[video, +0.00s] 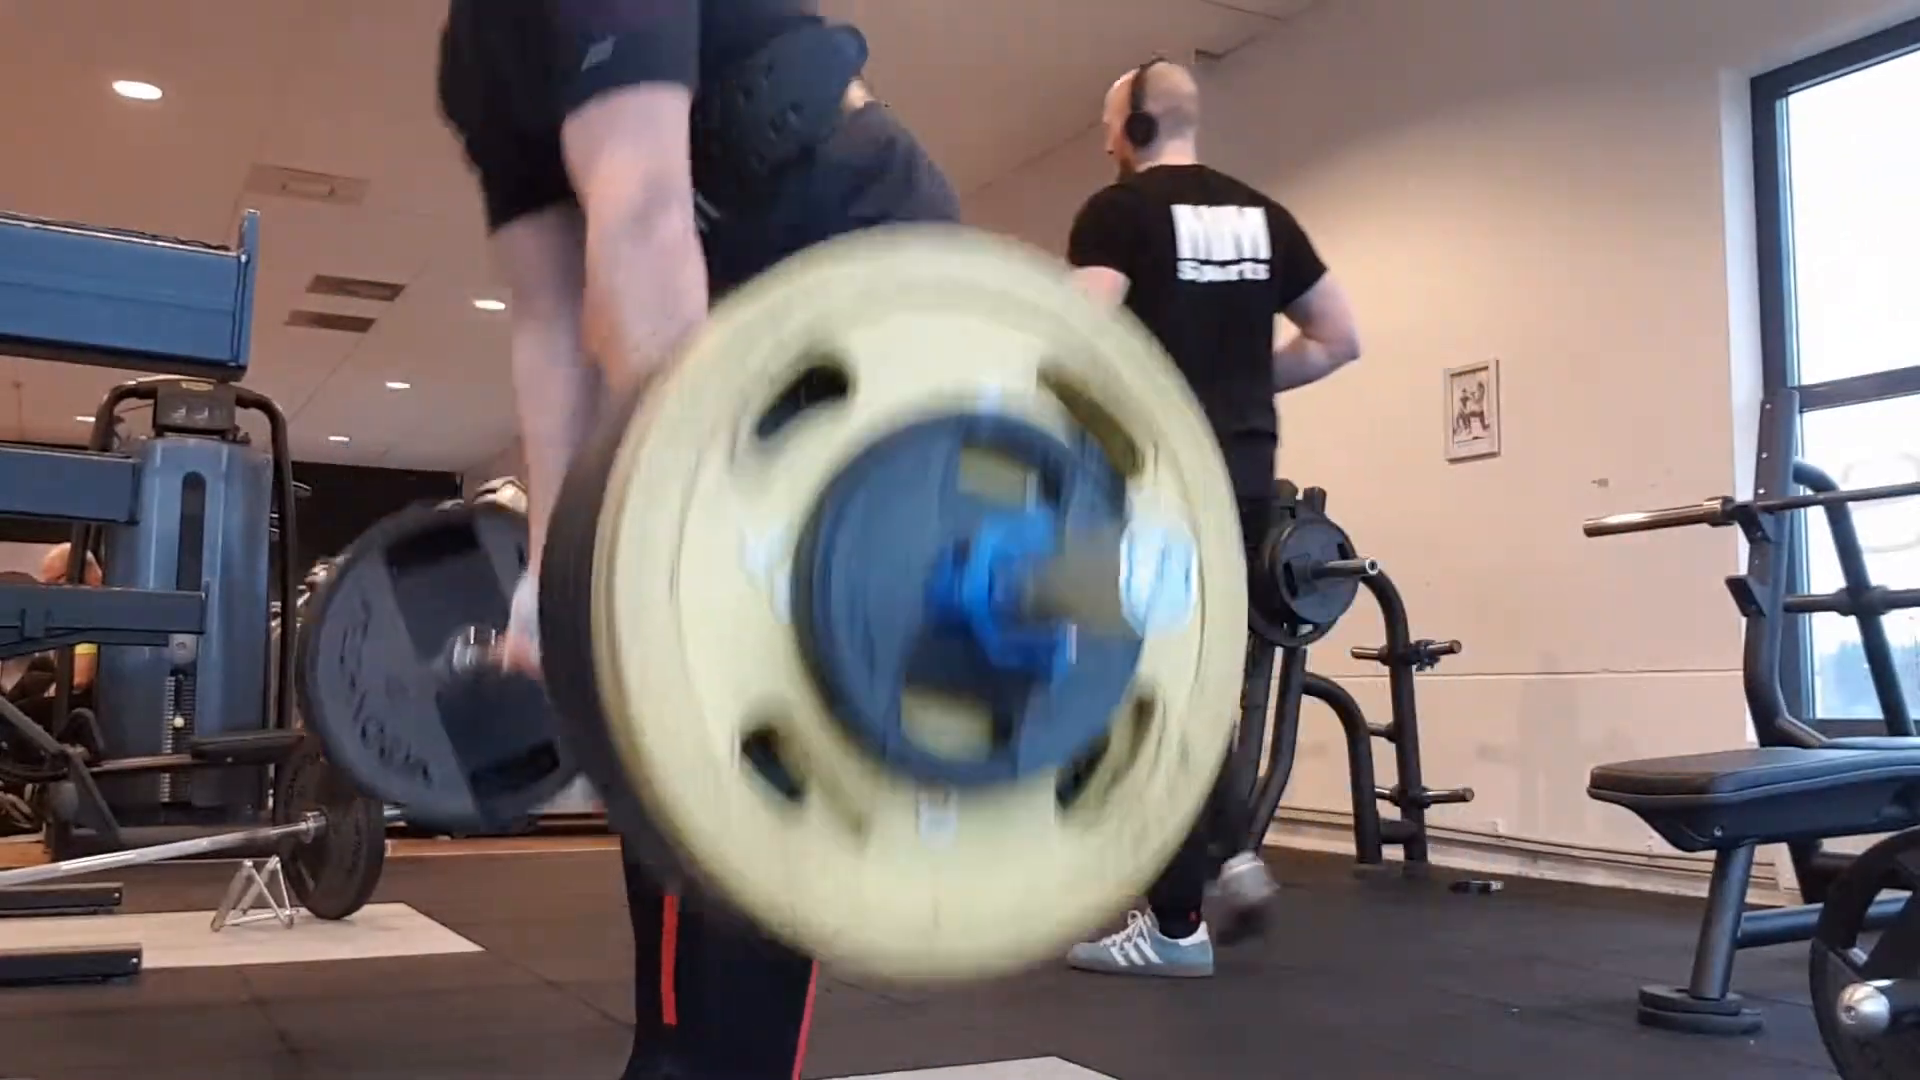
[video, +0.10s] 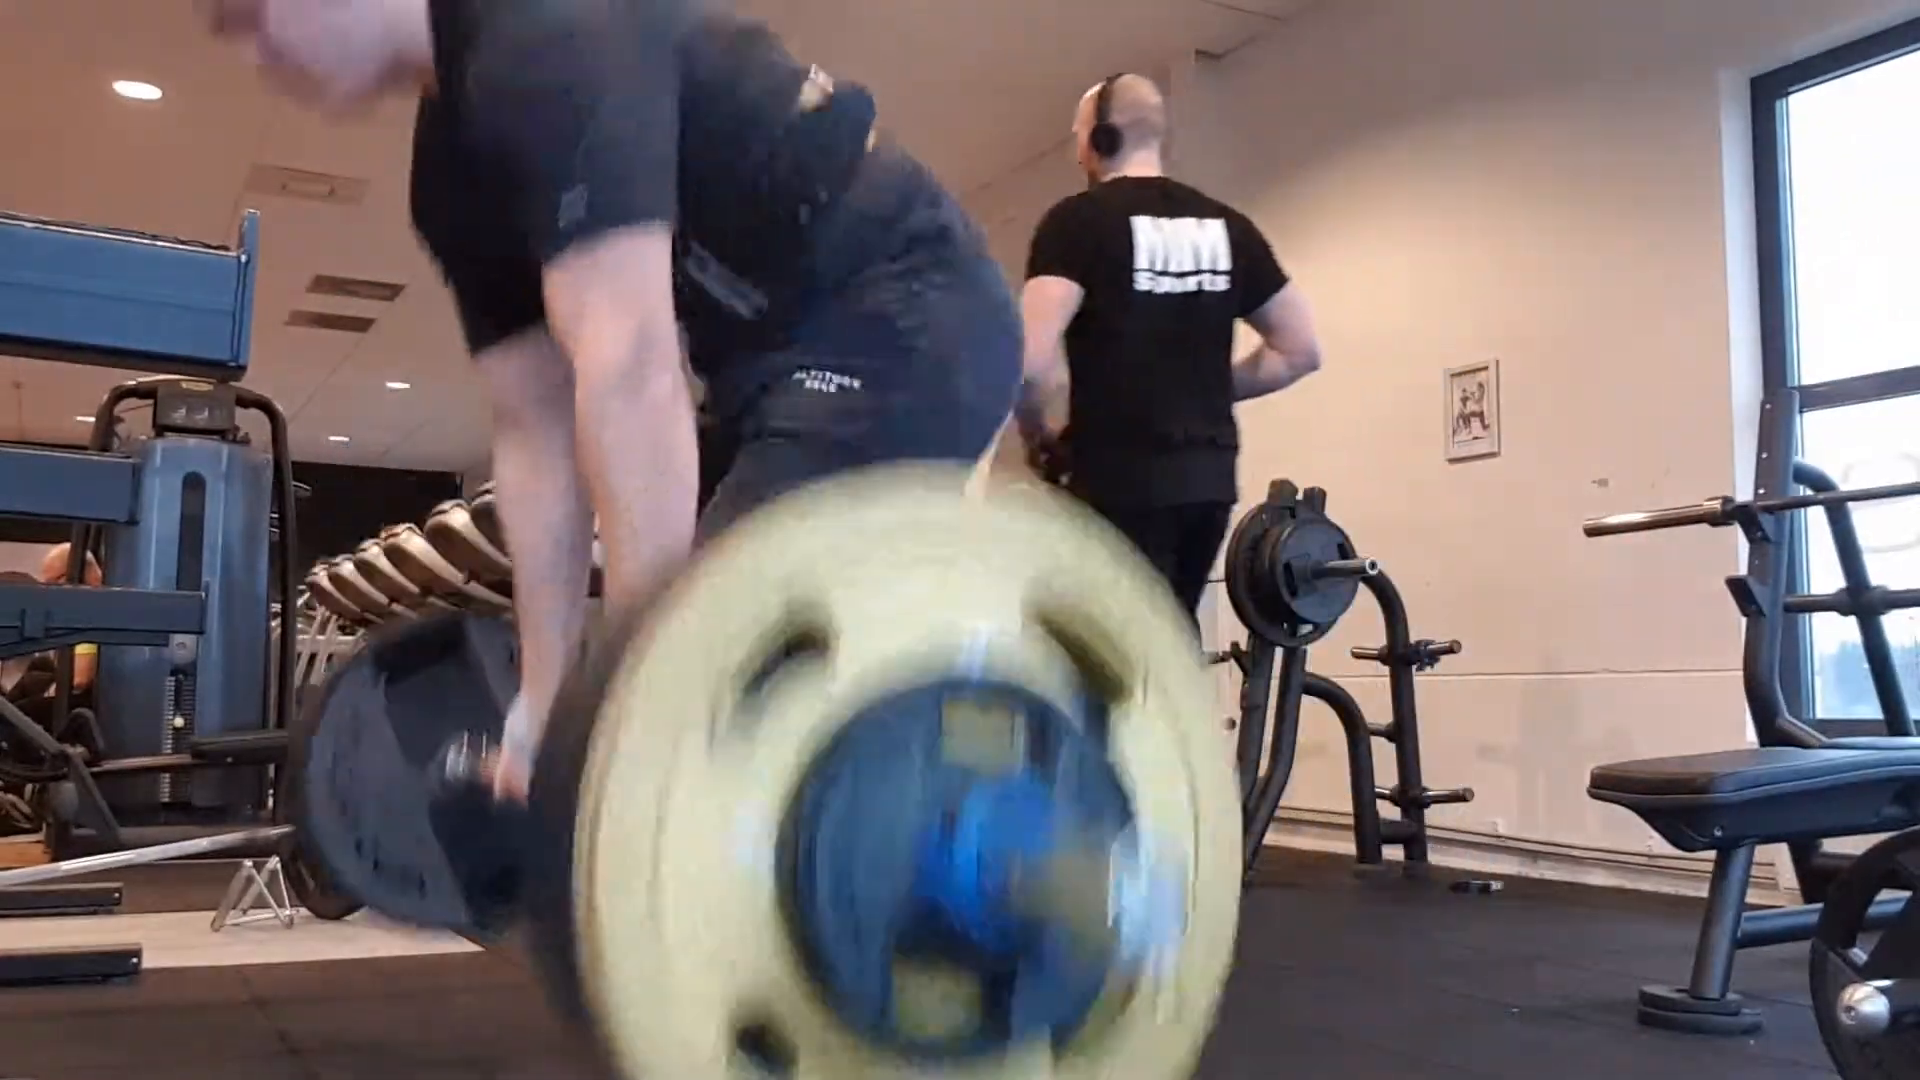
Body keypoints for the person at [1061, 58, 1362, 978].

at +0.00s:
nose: (1104, 139)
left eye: (1107, 127)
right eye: (1109, 125)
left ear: (1125, 130)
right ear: (1193, 129)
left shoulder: (1116, 208)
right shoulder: (1263, 213)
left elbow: (1080, 327)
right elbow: (1336, 340)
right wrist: (1254, 375)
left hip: (1159, 476)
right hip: (1246, 475)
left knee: (1161, 681)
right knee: (1210, 677)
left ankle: (1175, 924)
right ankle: (1230, 855)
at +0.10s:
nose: (1075, 150)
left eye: (1077, 137)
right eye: (1076, 135)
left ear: (1091, 143)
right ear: (1161, 137)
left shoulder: (1077, 221)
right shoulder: (1225, 223)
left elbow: (1034, 359)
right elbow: (1297, 351)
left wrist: (1037, 430)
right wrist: (1209, 385)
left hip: (1113, 485)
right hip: (1206, 484)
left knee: (1106, 666)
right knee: (1170, 657)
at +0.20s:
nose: (1039, 162)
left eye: (1043, 150)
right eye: (1048, 148)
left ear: (1058, 154)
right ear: (1128, 157)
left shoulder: (1044, 237)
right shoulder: (1190, 244)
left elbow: (1001, 355)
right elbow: (1258, 368)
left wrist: (966, 441)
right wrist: (1175, 405)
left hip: (1079, 494)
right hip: (1167, 497)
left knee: (1111, 698)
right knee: (1101, 684)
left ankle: (1177, 916)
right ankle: (1045, 870)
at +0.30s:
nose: (1012, 179)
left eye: (1015, 170)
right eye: (1016, 167)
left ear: (1028, 174)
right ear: (1094, 177)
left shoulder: (1014, 253)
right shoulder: (1151, 260)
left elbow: (970, 366)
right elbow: (1217, 385)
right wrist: (1135, 416)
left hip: (1044, 501)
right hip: (1127, 503)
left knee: (1066, 692)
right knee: (1076, 686)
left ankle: (1144, 876)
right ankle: (1072, 858)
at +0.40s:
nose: (982, 191)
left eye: (985, 180)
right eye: (984, 179)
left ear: (999, 183)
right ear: (1061, 185)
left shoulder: (989, 255)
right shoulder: (1116, 266)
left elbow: (955, 365)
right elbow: (1176, 392)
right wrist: (1097, 415)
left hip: (1010, 503)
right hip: (1093, 509)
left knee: (995, 678)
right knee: (1048, 675)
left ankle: (1066, 829)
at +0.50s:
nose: (947, 203)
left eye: (949, 190)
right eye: (946, 190)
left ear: (971, 187)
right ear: (1022, 187)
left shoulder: (968, 253)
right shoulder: (1080, 269)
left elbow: (940, 360)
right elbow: (1136, 392)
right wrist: (1060, 418)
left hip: (984, 500)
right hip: (1061, 502)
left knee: (919, 672)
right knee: (1020, 679)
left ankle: (1022, 809)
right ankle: (1025, 843)